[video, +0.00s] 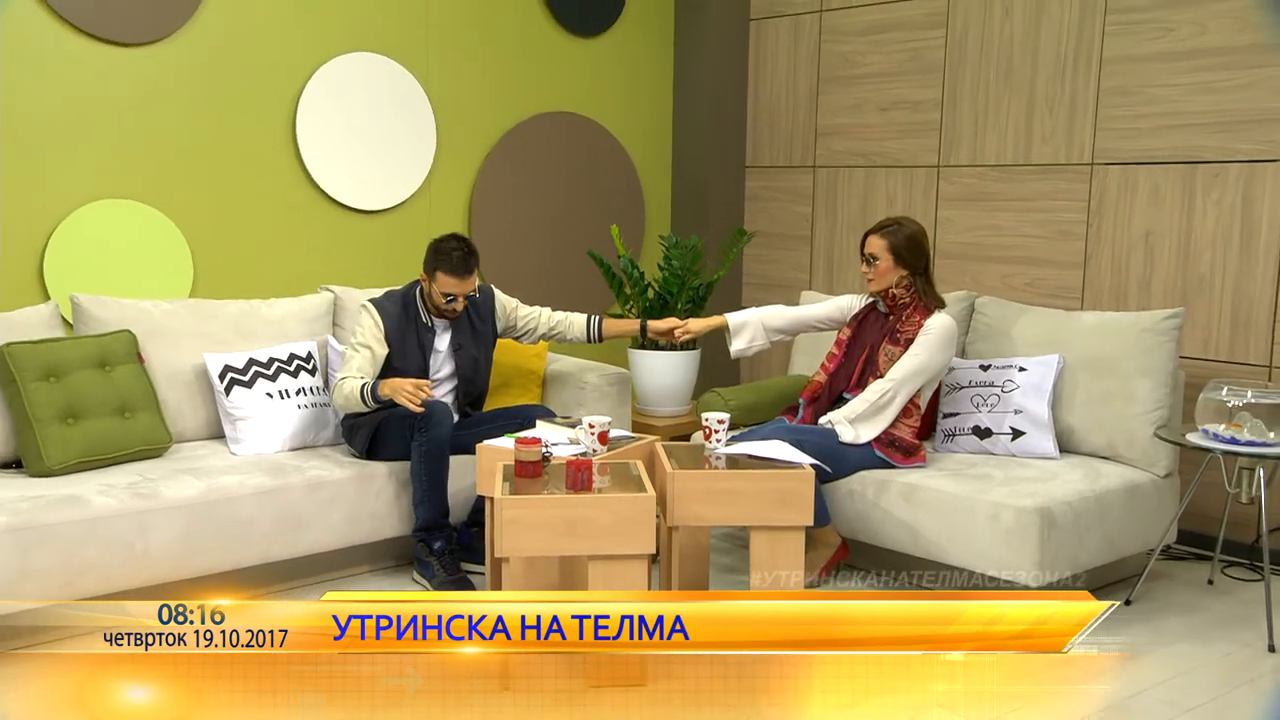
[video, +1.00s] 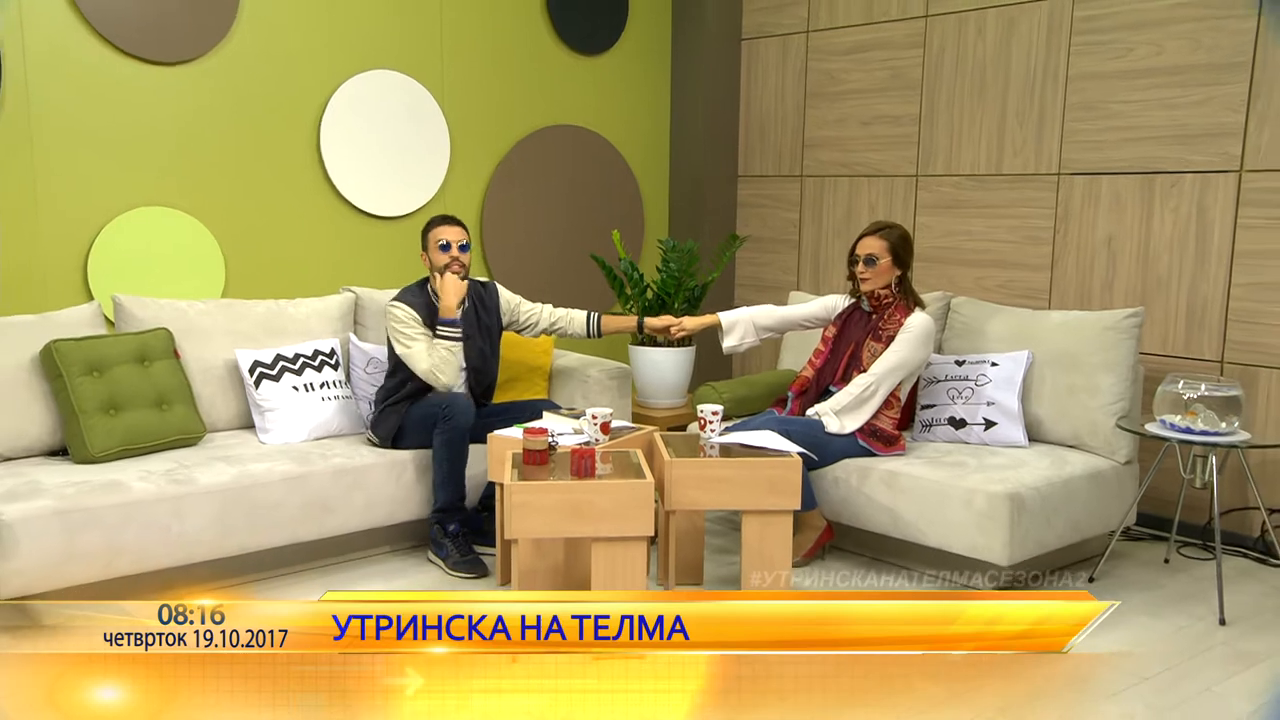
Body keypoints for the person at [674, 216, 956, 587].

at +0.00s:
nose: (863, 269)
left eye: (873, 261)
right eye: (864, 260)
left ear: (905, 266)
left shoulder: (938, 326)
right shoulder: (863, 306)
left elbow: (892, 387)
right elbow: (792, 317)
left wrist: (826, 427)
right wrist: (714, 322)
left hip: (884, 439)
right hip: (835, 420)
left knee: (778, 445)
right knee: (742, 444)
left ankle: (826, 542)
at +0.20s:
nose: (861, 271)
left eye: (870, 262)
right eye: (861, 261)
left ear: (902, 267)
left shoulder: (934, 327)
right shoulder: (860, 307)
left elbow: (889, 387)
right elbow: (790, 318)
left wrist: (826, 424)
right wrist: (713, 322)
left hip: (881, 439)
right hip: (833, 420)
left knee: (779, 442)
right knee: (742, 443)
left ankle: (822, 538)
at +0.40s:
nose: (859, 271)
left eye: (868, 263)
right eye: (859, 262)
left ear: (899, 267)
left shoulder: (930, 327)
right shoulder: (856, 308)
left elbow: (885, 387)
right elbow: (787, 318)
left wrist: (822, 423)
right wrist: (711, 323)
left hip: (878, 439)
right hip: (828, 419)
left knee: (777, 437)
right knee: (741, 441)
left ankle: (820, 535)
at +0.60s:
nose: (862, 270)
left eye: (872, 261)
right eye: (860, 261)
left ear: (902, 267)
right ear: (857, 264)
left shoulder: (926, 326)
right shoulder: (852, 307)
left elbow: (883, 384)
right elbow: (784, 317)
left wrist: (821, 421)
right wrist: (710, 321)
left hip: (873, 433)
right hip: (825, 416)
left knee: (775, 439)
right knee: (738, 439)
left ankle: (817, 530)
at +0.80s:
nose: (862, 270)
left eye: (874, 261)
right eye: (859, 261)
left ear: (901, 267)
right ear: (855, 264)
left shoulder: (922, 326)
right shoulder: (849, 307)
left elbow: (879, 383)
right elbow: (782, 317)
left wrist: (819, 418)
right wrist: (709, 320)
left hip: (870, 431)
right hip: (821, 414)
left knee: (773, 437)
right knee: (736, 437)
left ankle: (814, 527)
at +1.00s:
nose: (859, 269)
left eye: (871, 261)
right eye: (856, 261)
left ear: (898, 267)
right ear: (852, 264)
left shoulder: (917, 324)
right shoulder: (845, 306)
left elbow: (875, 381)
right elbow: (779, 316)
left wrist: (815, 417)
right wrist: (707, 320)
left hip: (867, 429)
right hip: (820, 412)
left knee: (770, 434)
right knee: (735, 435)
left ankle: (812, 523)